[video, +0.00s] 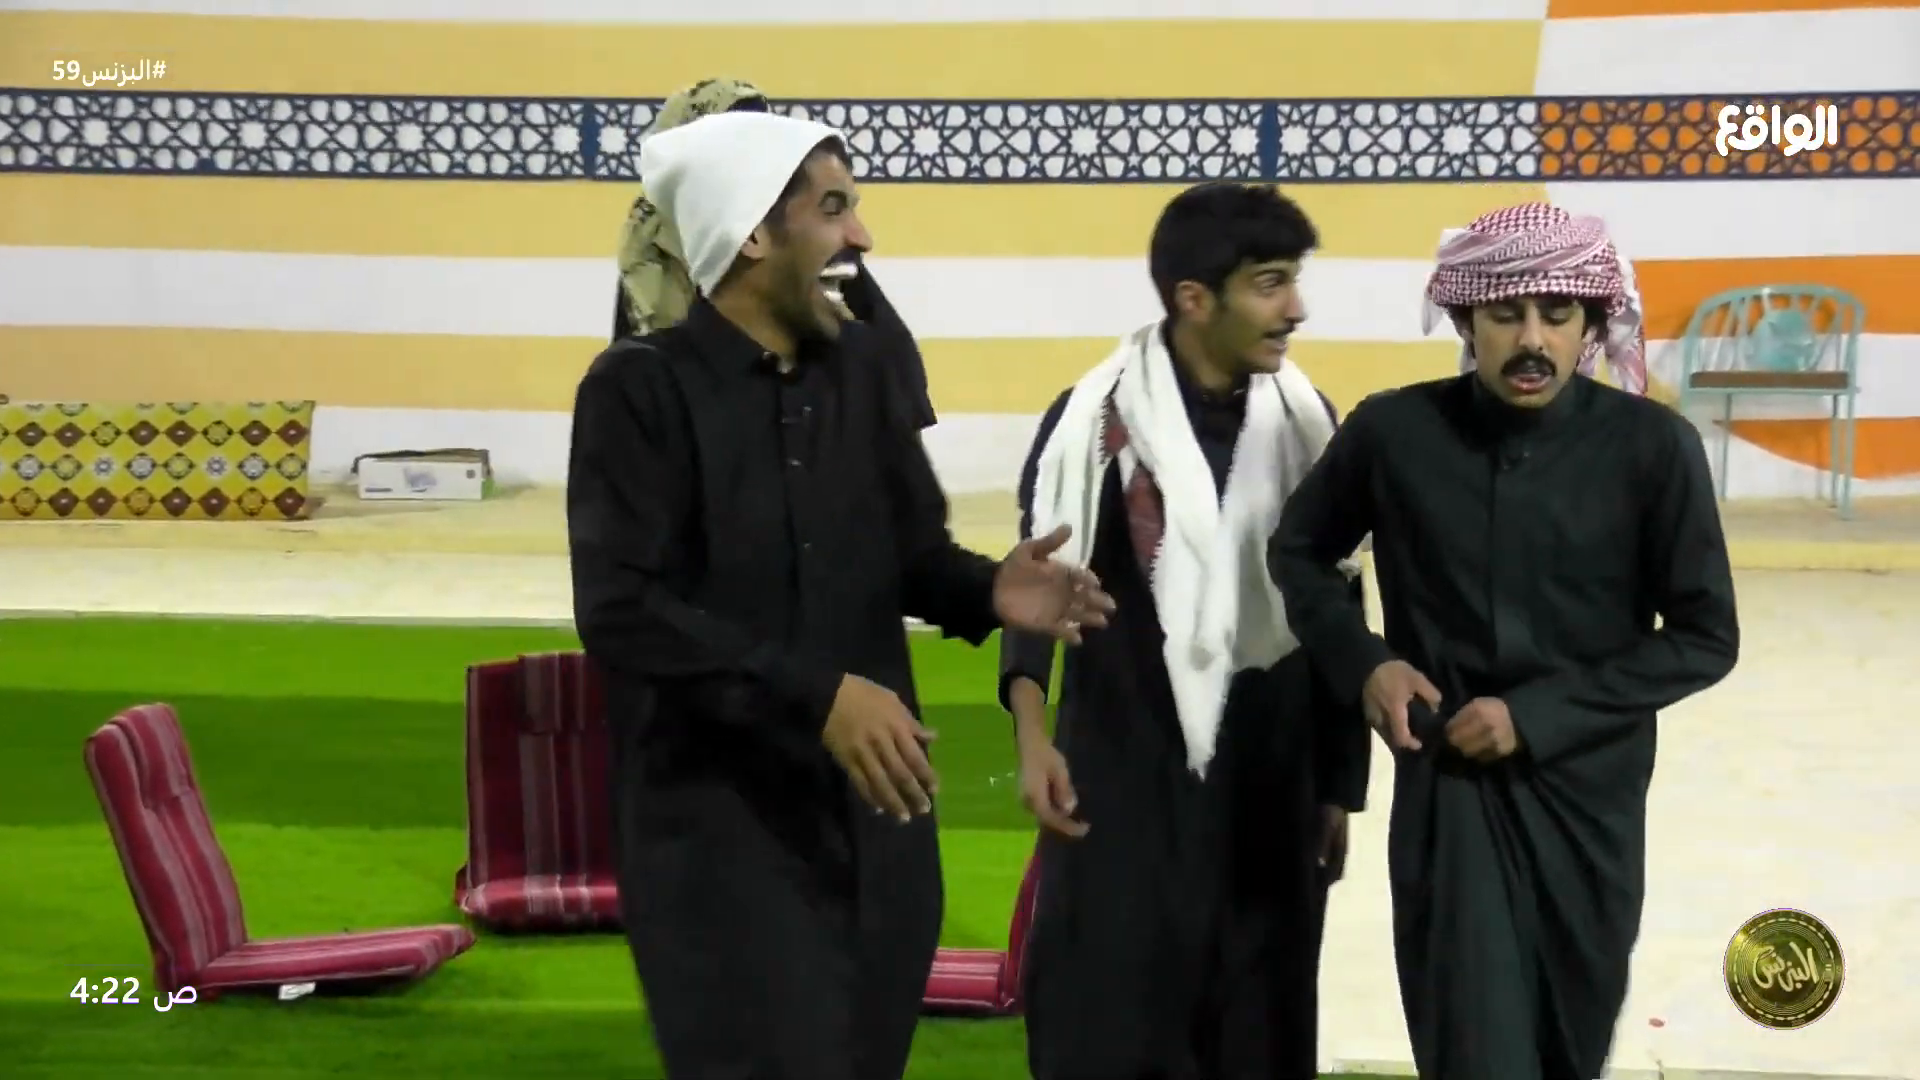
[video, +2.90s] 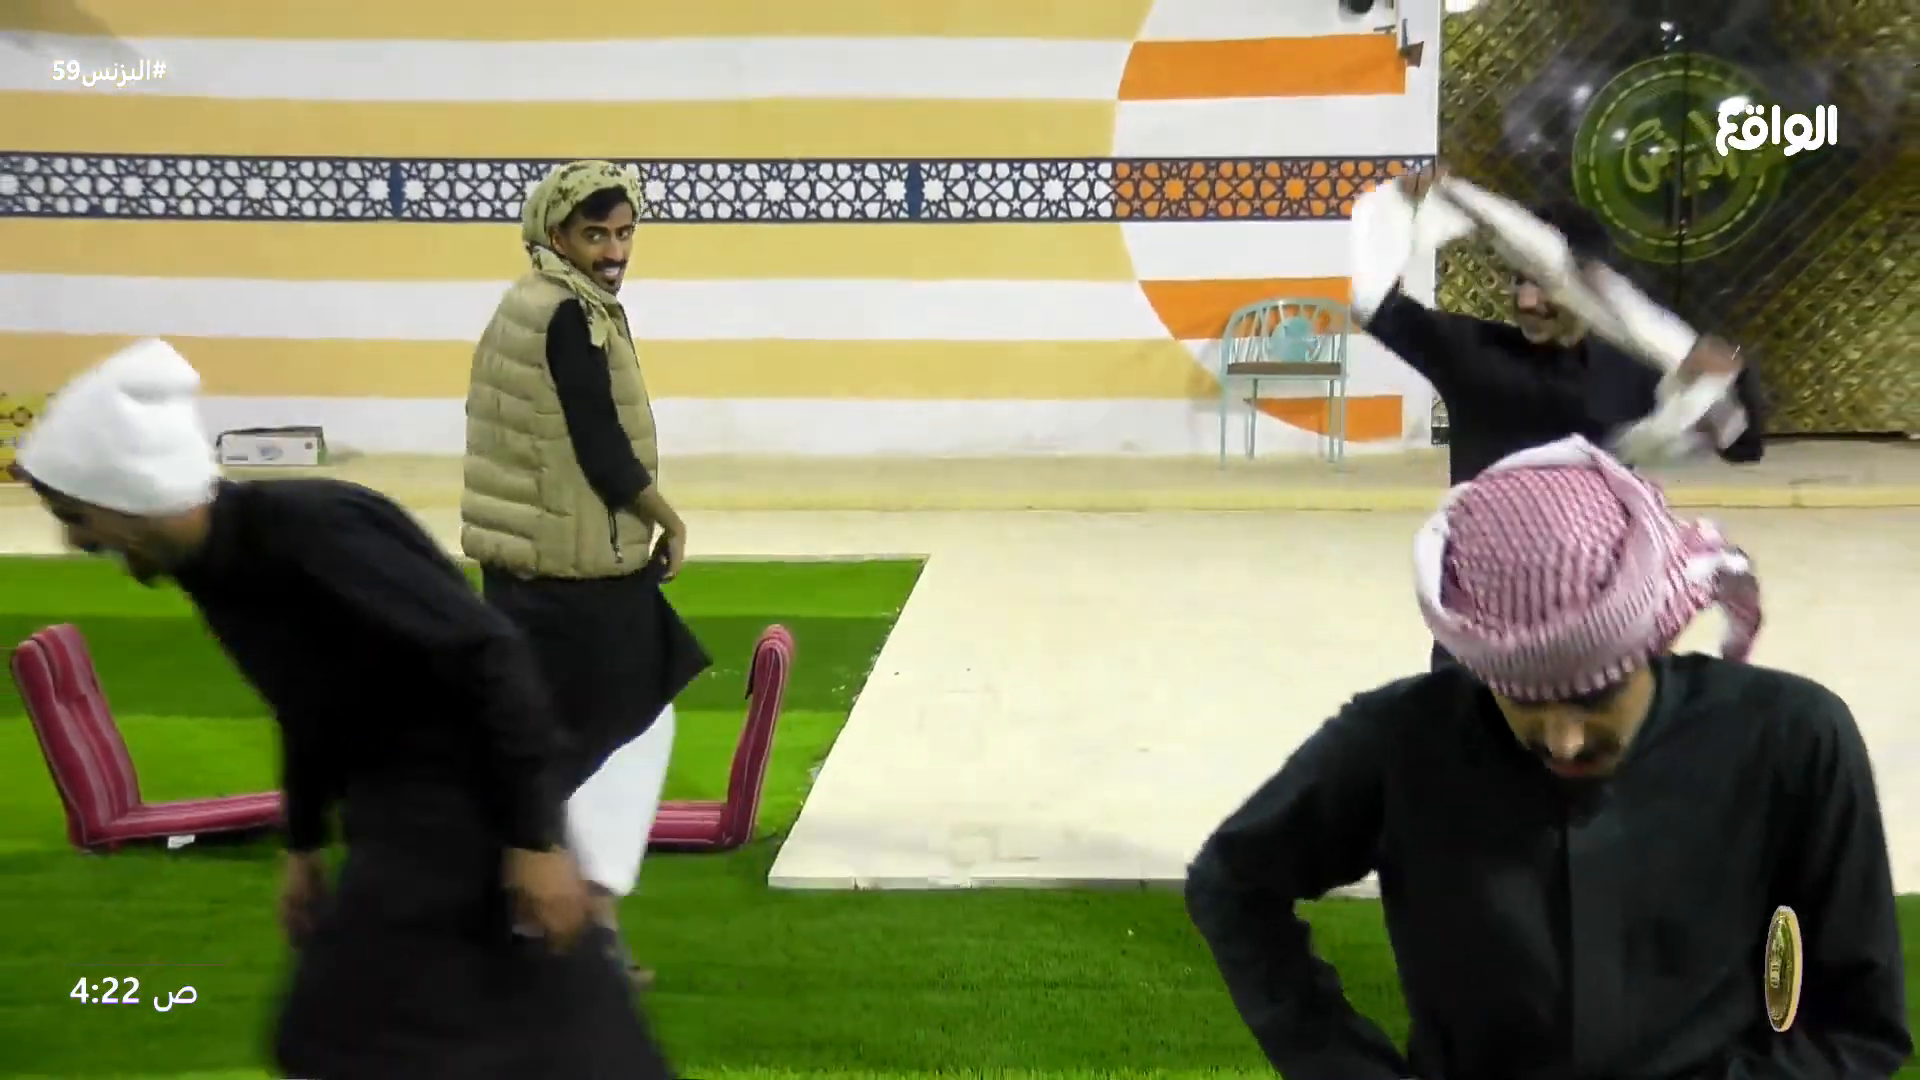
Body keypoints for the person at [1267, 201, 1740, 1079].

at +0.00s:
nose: (1532, 341)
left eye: (1555, 315)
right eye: (1506, 315)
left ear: (1589, 326)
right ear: (1466, 321)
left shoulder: (1652, 445)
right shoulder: (1389, 431)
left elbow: (1707, 638)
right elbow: (1301, 551)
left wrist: (1535, 713)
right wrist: (1367, 664)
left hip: (1590, 805)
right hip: (1447, 799)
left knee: (1571, 1053)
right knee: (1473, 1048)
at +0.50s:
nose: (1609, 378)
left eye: (1640, 352)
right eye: (1582, 346)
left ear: (1675, 366)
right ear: (1533, 349)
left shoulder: (1729, 489)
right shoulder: (1428, 475)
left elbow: (1775, 714)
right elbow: (1295, 609)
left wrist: (1580, 806)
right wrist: (1405, 757)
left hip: (1642, 930)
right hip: (1462, 918)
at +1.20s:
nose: (1504, 441)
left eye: (1529, 406)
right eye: (1471, 411)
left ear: (1566, 402)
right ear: (1423, 410)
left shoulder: (1650, 518)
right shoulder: (1335, 524)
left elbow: (1725, 744)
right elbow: (1197, 655)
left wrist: (1522, 856)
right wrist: (1296, 805)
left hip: (1576, 959)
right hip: (1386, 951)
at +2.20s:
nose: (1492, 492)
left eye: (1521, 454)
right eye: (1456, 460)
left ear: (1563, 454)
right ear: (1404, 467)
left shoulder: (1653, 586)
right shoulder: (1315, 594)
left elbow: (1718, 837)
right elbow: (1171, 717)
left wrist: (1479, 912)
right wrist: (1258, 893)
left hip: (1562, 1046)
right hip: (1356, 1043)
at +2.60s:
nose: (1491, 571)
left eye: (1514, 522)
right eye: (1446, 539)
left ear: (1570, 508)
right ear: (1400, 543)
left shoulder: (1692, 630)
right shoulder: (1324, 669)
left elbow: (1765, 903)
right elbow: (1179, 812)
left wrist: (1531, 1036)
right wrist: (1319, 998)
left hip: (1634, 1056)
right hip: (1393, 1057)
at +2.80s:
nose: (1533, 652)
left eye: (1560, 605)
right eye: (1490, 618)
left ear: (1615, 578)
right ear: (1440, 600)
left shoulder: (1744, 698)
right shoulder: (1356, 719)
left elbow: (1825, 979)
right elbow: (1191, 858)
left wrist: (1633, 1069)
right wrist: (1346, 1049)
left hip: (1661, 1057)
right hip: (1435, 1063)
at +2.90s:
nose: (1564, 742)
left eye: (1600, 698)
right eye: (1525, 703)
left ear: (1656, 640)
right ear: (1474, 662)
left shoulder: (1796, 743)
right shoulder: (1395, 746)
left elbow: (1861, 1032)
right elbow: (1231, 887)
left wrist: (1741, 1068)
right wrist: (1361, 1070)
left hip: (1704, 1063)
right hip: (1470, 1063)